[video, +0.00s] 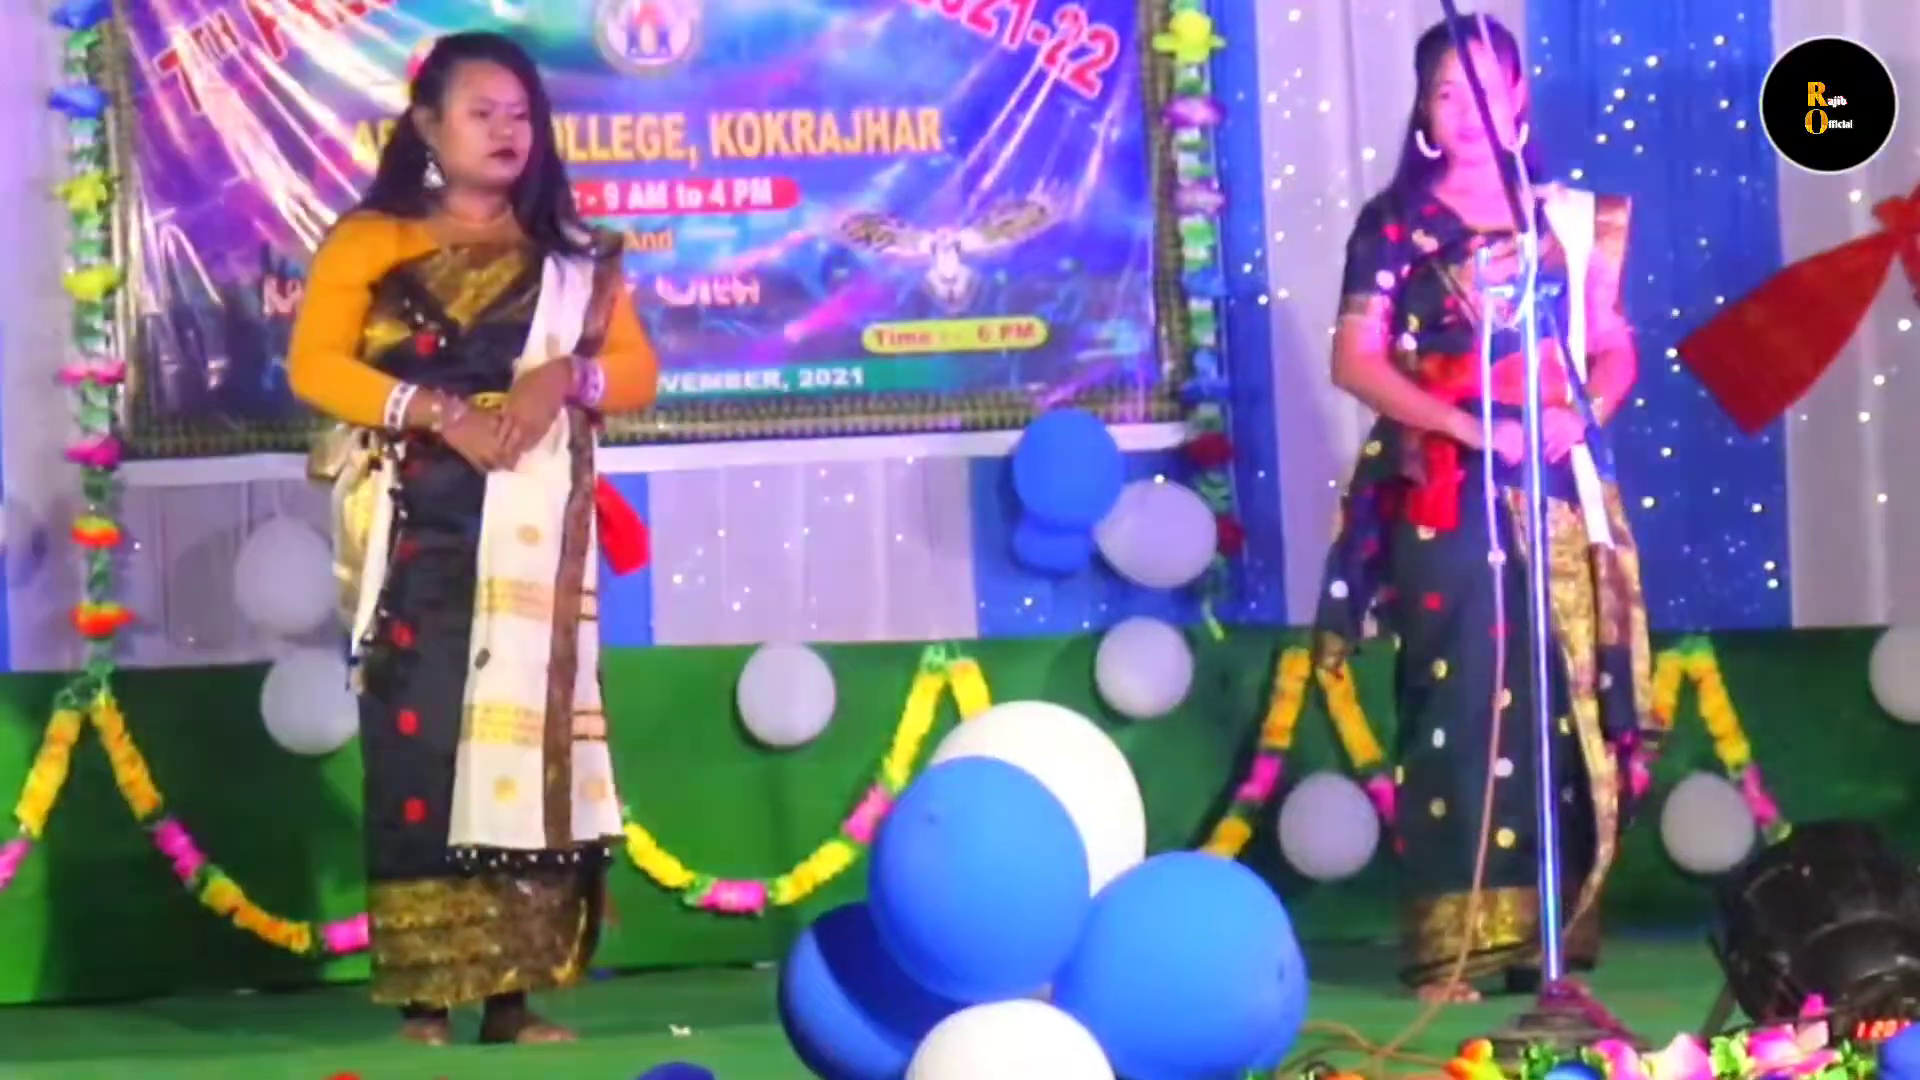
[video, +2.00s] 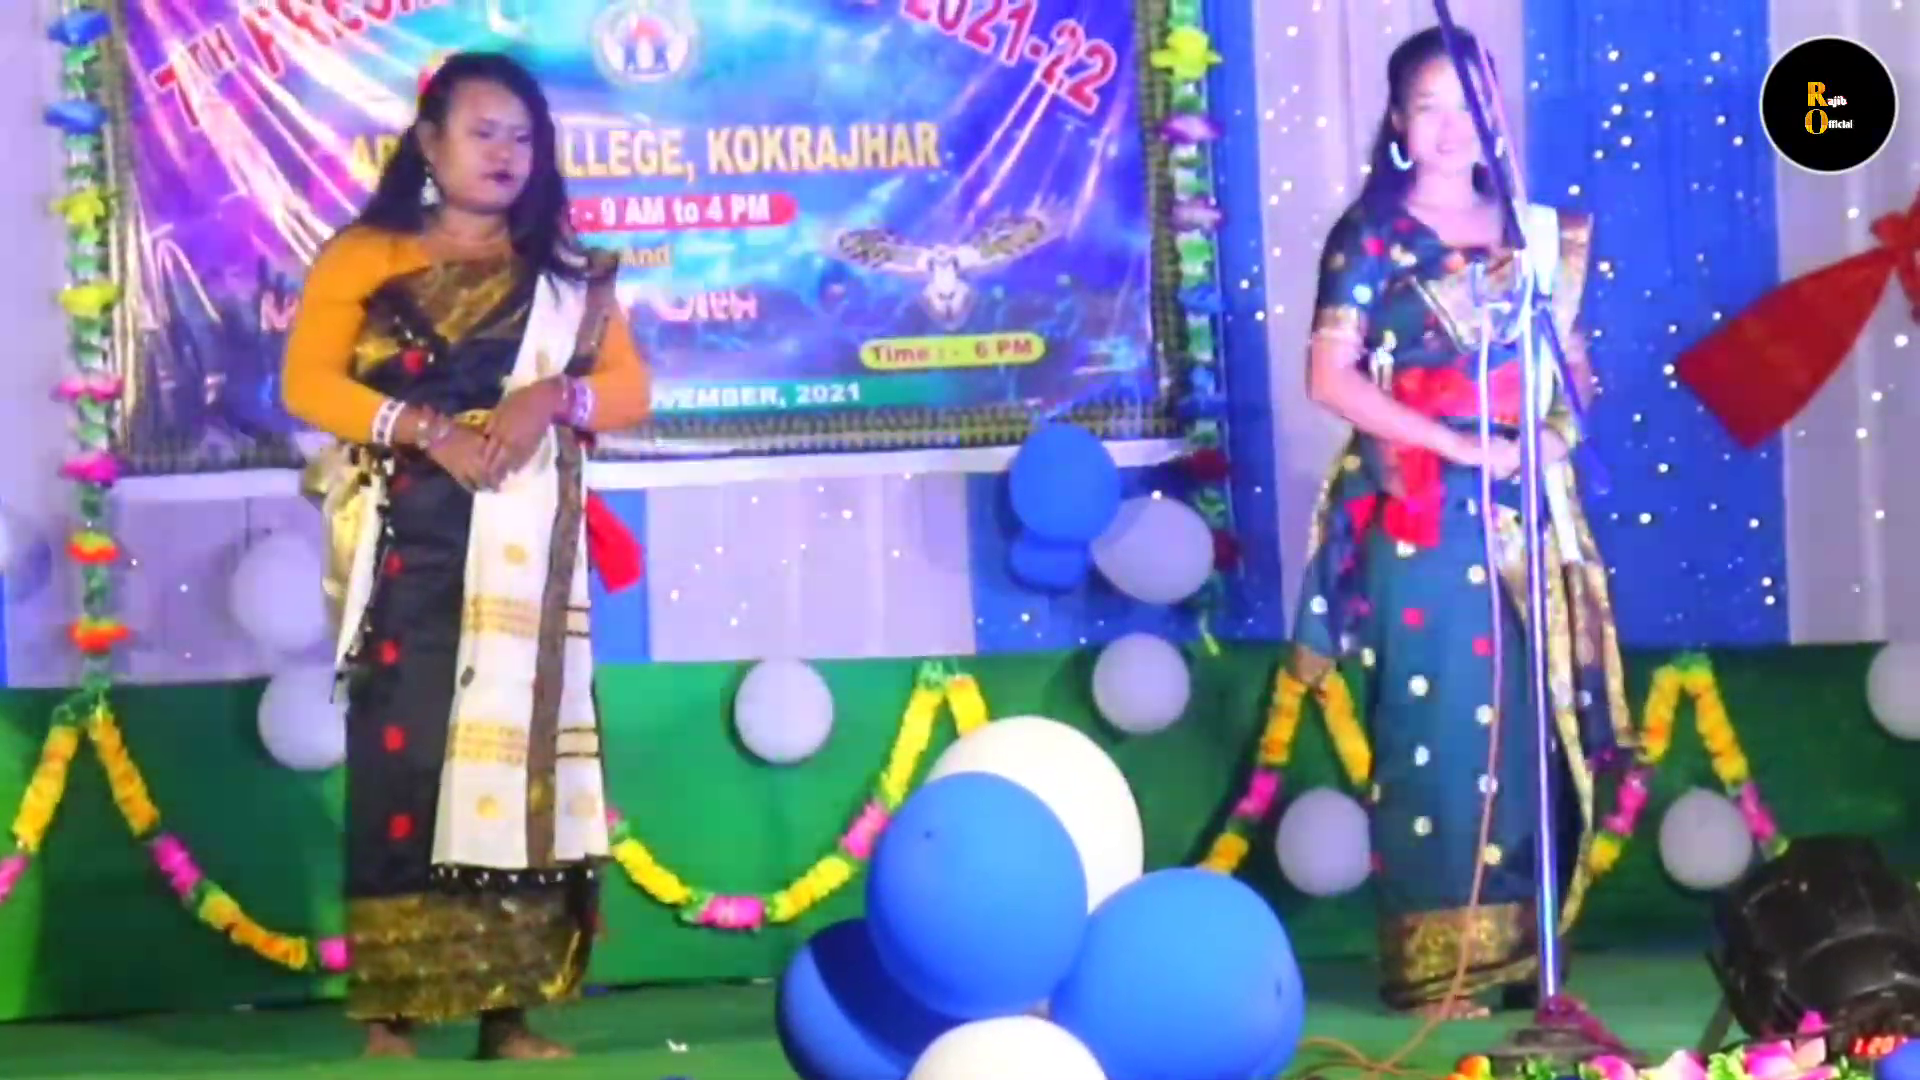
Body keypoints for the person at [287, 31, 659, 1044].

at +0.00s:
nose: (508, 131)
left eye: (521, 114)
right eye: (483, 113)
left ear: (538, 128)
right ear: (430, 127)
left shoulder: (570, 250)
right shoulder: (369, 240)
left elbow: (640, 377)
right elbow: (313, 365)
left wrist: (567, 377)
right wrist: (432, 406)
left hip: (535, 540)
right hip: (419, 537)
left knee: (527, 744)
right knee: (420, 749)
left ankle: (508, 997)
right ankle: (424, 997)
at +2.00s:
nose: (506, 154)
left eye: (522, 137)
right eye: (483, 132)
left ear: (540, 154)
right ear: (430, 142)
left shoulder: (564, 273)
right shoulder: (362, 259)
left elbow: (633, 392)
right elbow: (306, 382)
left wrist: (552, 395)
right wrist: (422, 425)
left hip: (526, 561)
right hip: (408, 555)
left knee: (521, 762)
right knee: (401, 766)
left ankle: (508, 1011)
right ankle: (389, 1011)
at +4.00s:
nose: (477, 152)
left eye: (492, 135)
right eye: (453, 133)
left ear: (511, 150)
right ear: (402, 147)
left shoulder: (549, 269)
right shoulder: (345, 264)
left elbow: (622, 386)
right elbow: (287, 389)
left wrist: (538, 399)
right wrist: (409, 433)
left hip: (520, 561)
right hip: (403, 559)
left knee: (518, 765)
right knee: (395, 771)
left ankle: (508, 1016)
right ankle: (386, 1017)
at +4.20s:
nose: (513, 141)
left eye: (519, 125)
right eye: (488, 126)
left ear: (529, 137)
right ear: (428, 141)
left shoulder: (556, 260)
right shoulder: (374, 251)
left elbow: (631, 380)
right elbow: (327, 374)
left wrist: (574, 406)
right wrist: (448, 397)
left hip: (536, 547)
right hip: (422, 544)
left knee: (530, 752)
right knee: (408, 760)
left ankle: (513, 1010)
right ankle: (390, 1012)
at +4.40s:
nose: (533, 146)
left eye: (534, 127)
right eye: (505, 134)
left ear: (546, 149)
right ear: (451, 166)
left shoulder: (549, 271)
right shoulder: (453, 266)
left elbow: (664, 360)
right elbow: (548, 340)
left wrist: (673, 275)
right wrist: (626, 276)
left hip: (577, 556)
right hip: (501, 558)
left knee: (579, 776)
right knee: (520, 773)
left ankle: (510, 1010)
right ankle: (421, 979)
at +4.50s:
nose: (550, 125)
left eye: (547, 108)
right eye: (523, 115)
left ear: (547, 132)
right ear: (469, 148)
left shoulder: (528, 237)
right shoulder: (493, 236)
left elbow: (678, 318)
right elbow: (632, 280)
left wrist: (639, 213)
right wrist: (637, 202)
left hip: (550, 546)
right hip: (529, 549)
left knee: (563, 765)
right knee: (566, 766)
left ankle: (511, 1007)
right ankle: (497, 1013)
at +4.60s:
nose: (580, 114)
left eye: (570, 98)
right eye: (555, 102)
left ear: (489, 138)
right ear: (498, 131)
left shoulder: (460, 245)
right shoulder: (561, 230)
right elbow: (677, 326)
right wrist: (714, 280)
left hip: (502, 560)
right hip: (595, 549)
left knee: (543, 764)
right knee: (690, 708)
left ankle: (511, 1003)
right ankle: (635, 953)